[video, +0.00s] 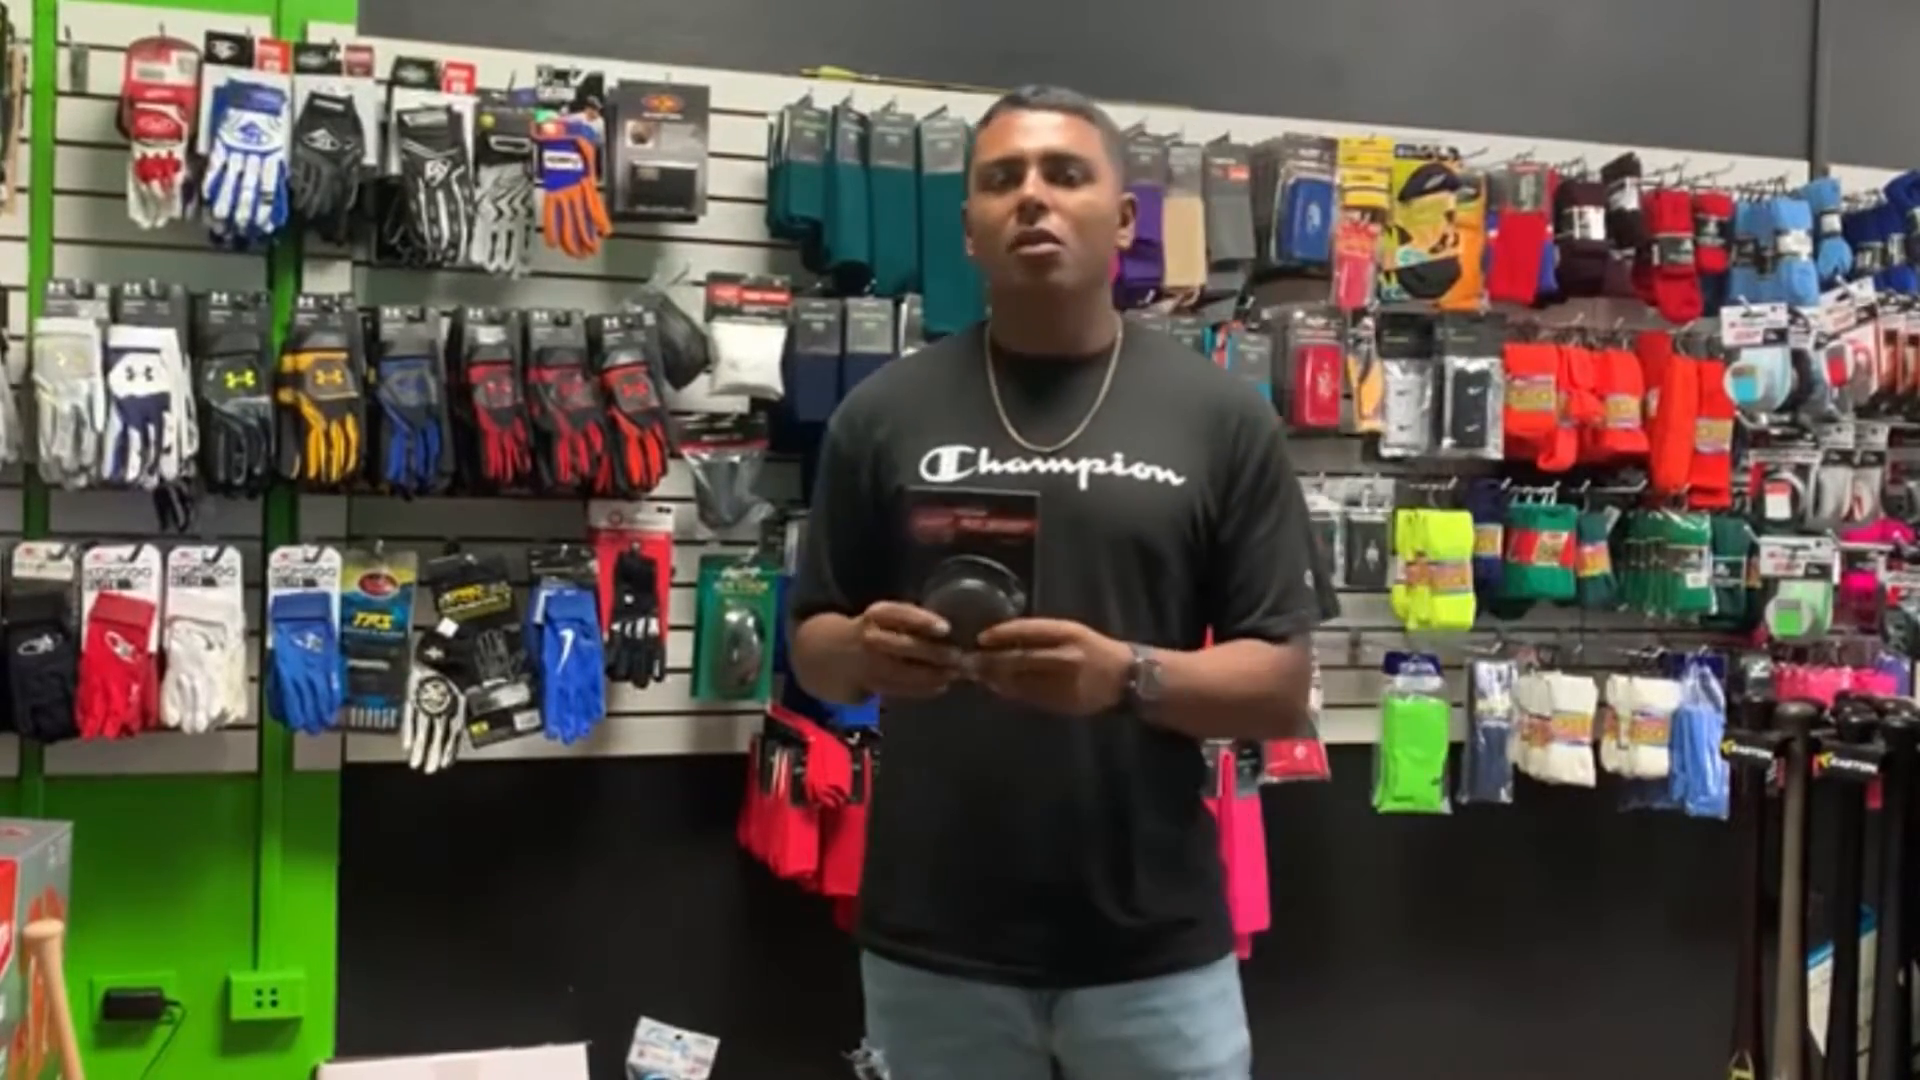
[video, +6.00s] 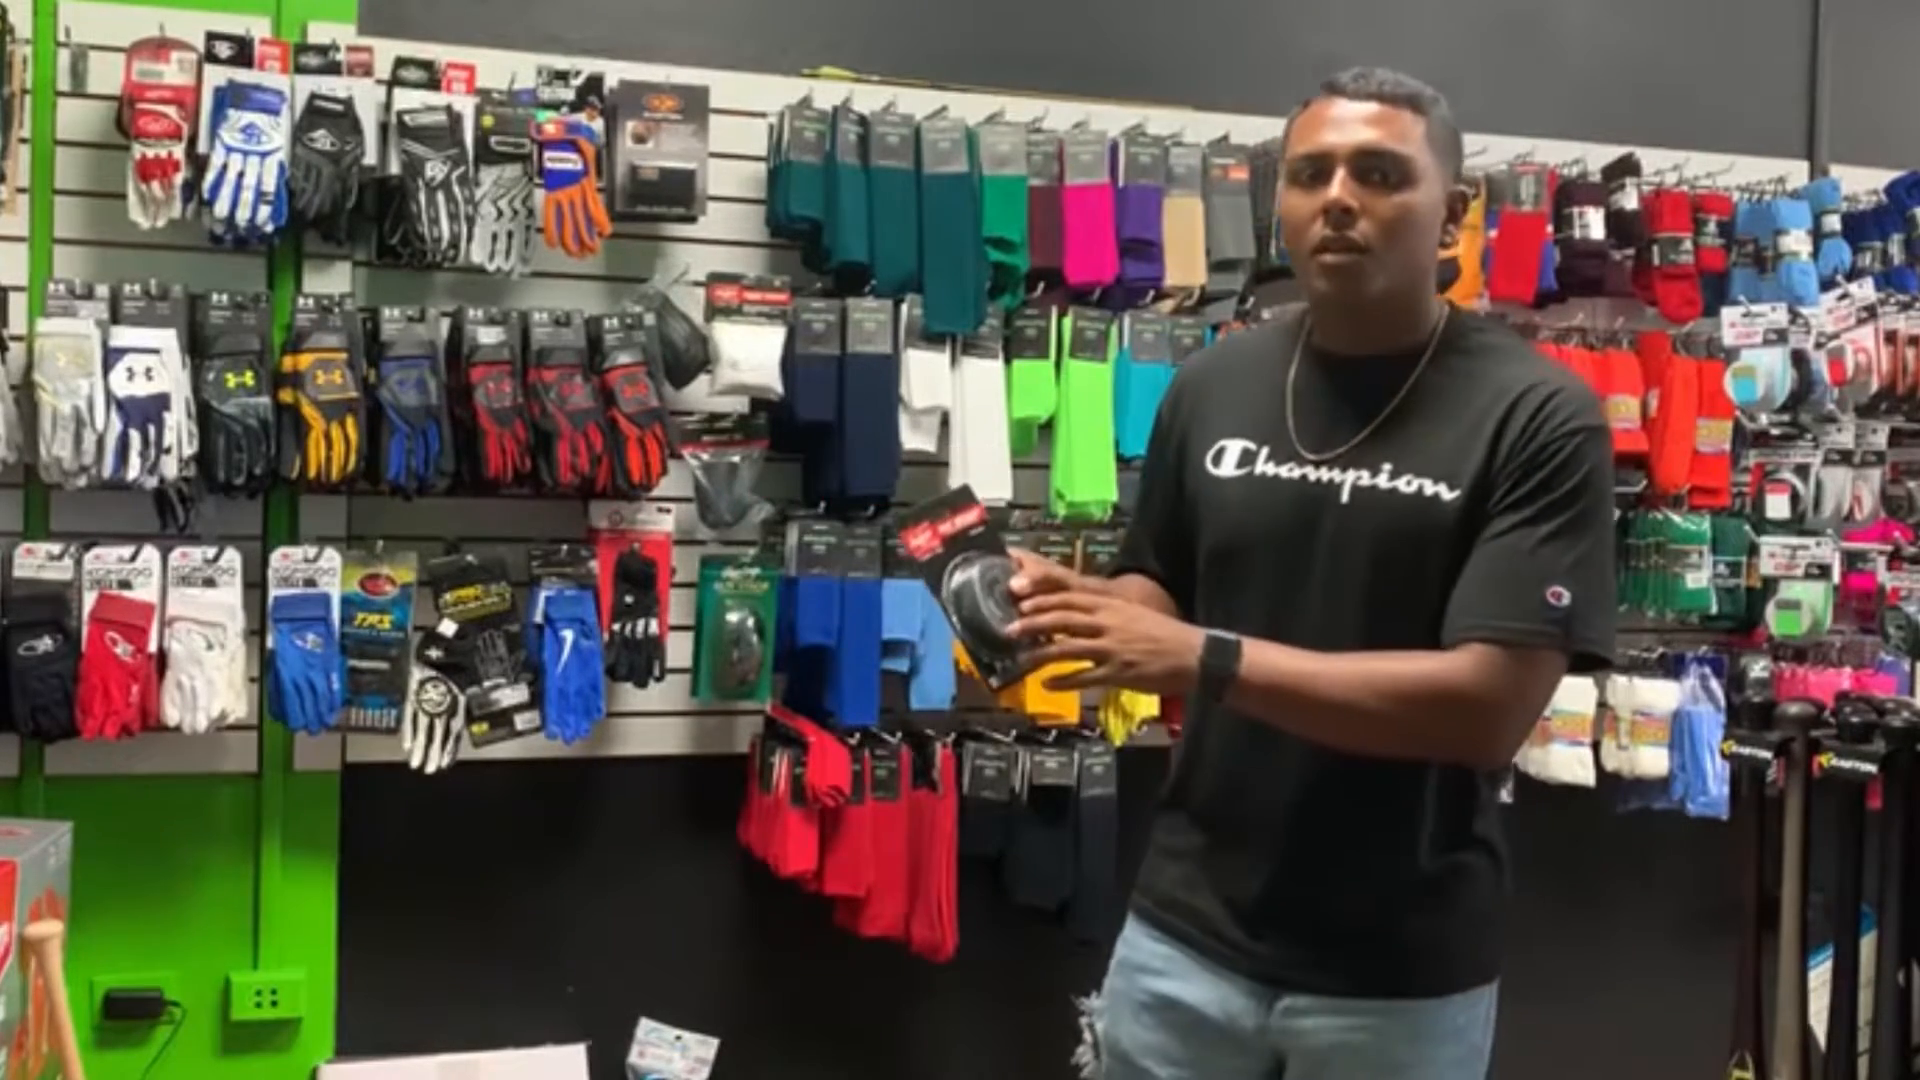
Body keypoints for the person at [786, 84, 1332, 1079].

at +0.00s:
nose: (1033, 195)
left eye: (1066, 172)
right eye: (1003, 176)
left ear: (1123, 217)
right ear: (967, 225)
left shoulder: (1221, 420)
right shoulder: (881, 416)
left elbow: (1283, 683)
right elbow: (812, 648)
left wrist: (1127, 675)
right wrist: (861, 655)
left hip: (1155, 946)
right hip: (935, 945)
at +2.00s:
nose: (1258, 226)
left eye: (1294, 193)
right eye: (1259, 195)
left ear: (1407, 208)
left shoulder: (1539, 418)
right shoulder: (1227, 396)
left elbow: (1442, 698)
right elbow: (1164, 605)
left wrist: (1157, 645)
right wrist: (1055, 618)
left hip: (1404, 991)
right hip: (1184, 958)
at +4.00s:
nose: (1038, 243)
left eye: (1072, 207)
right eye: (1038, 215)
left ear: (1176, 214)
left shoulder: (1314, 396)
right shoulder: (1022, 408)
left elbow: (1249, 657)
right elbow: (985, 655)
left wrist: (973, 622)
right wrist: (870, 604)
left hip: (1232, 946)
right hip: (1027, 935)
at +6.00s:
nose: (1337, 199)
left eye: (1380, 172)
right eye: (1310, 173)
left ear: (1451, 213)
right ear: (1277, 206)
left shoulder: (1539, 416)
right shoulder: (1211, 386)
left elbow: (1490, 710)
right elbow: (1156, 599)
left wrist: (1197, 655)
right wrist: (1074, 609)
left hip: (1404, 972)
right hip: (1188, 939)